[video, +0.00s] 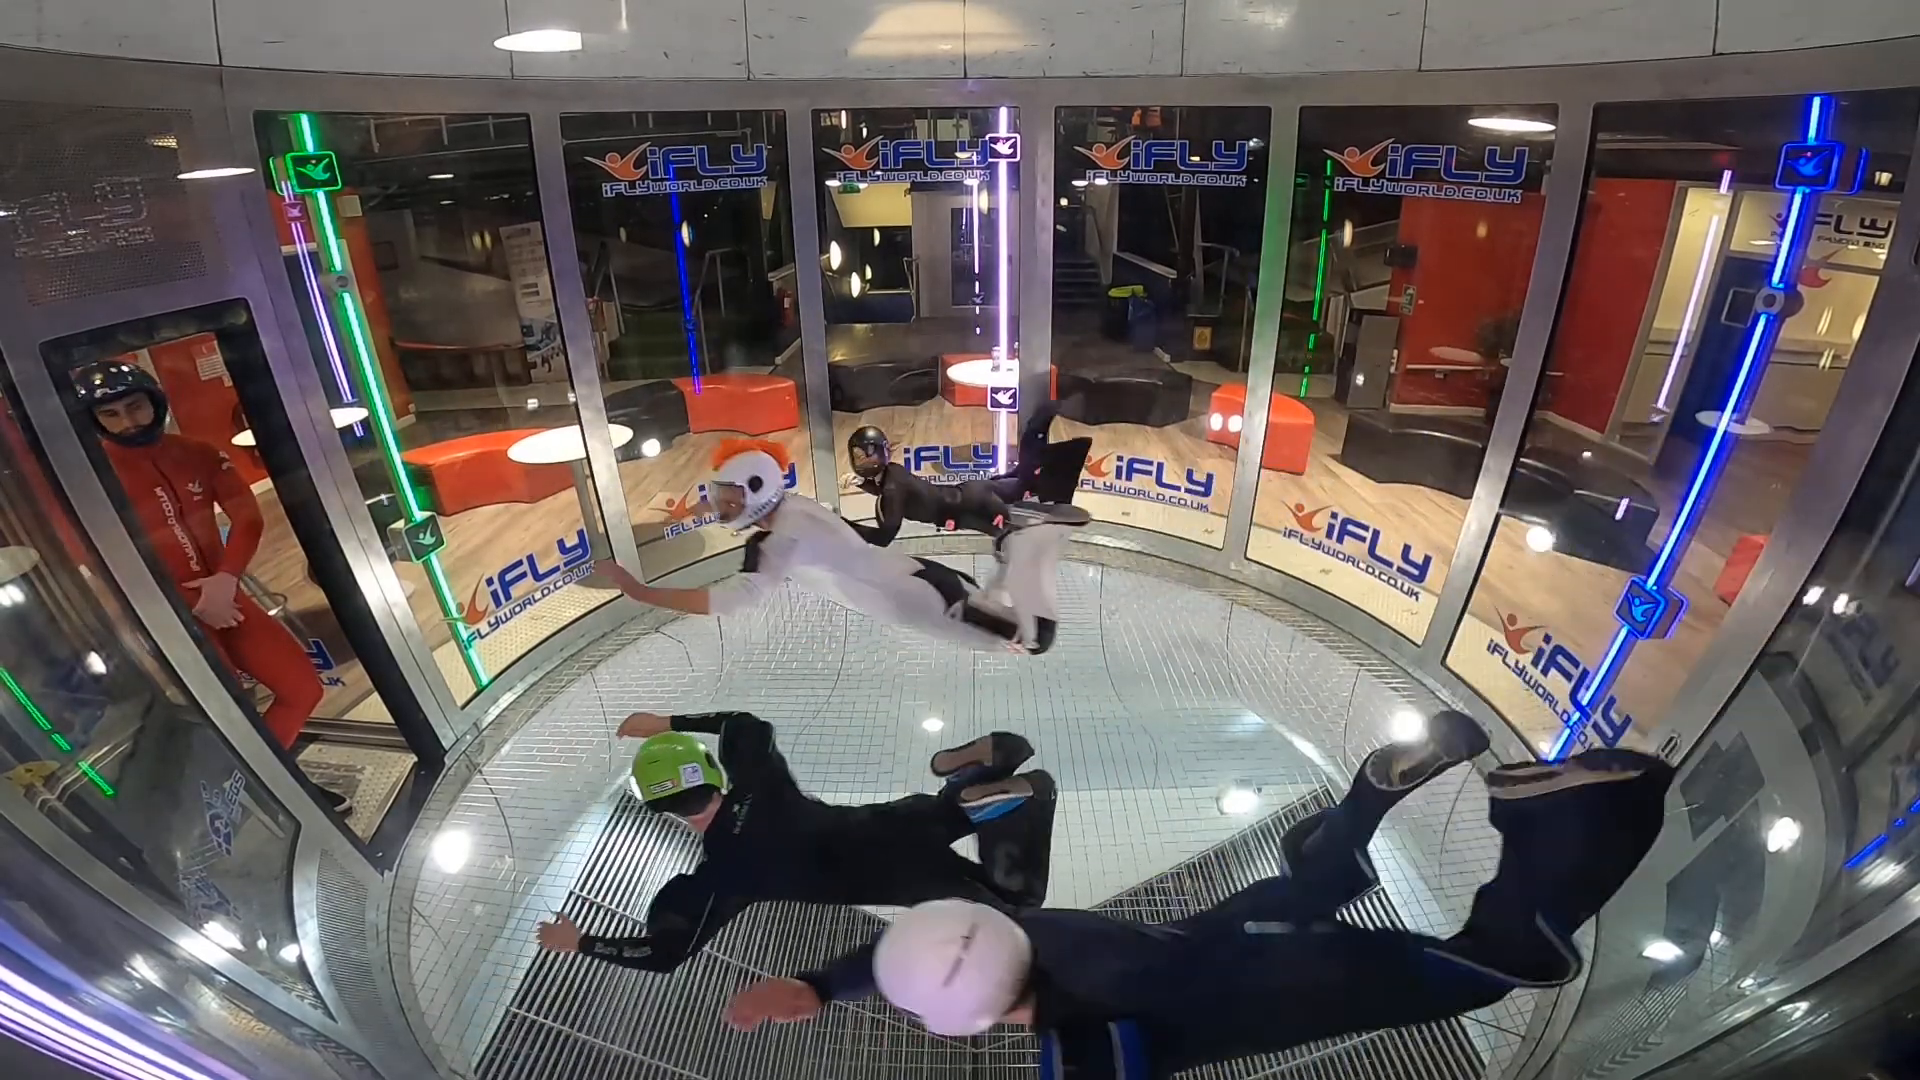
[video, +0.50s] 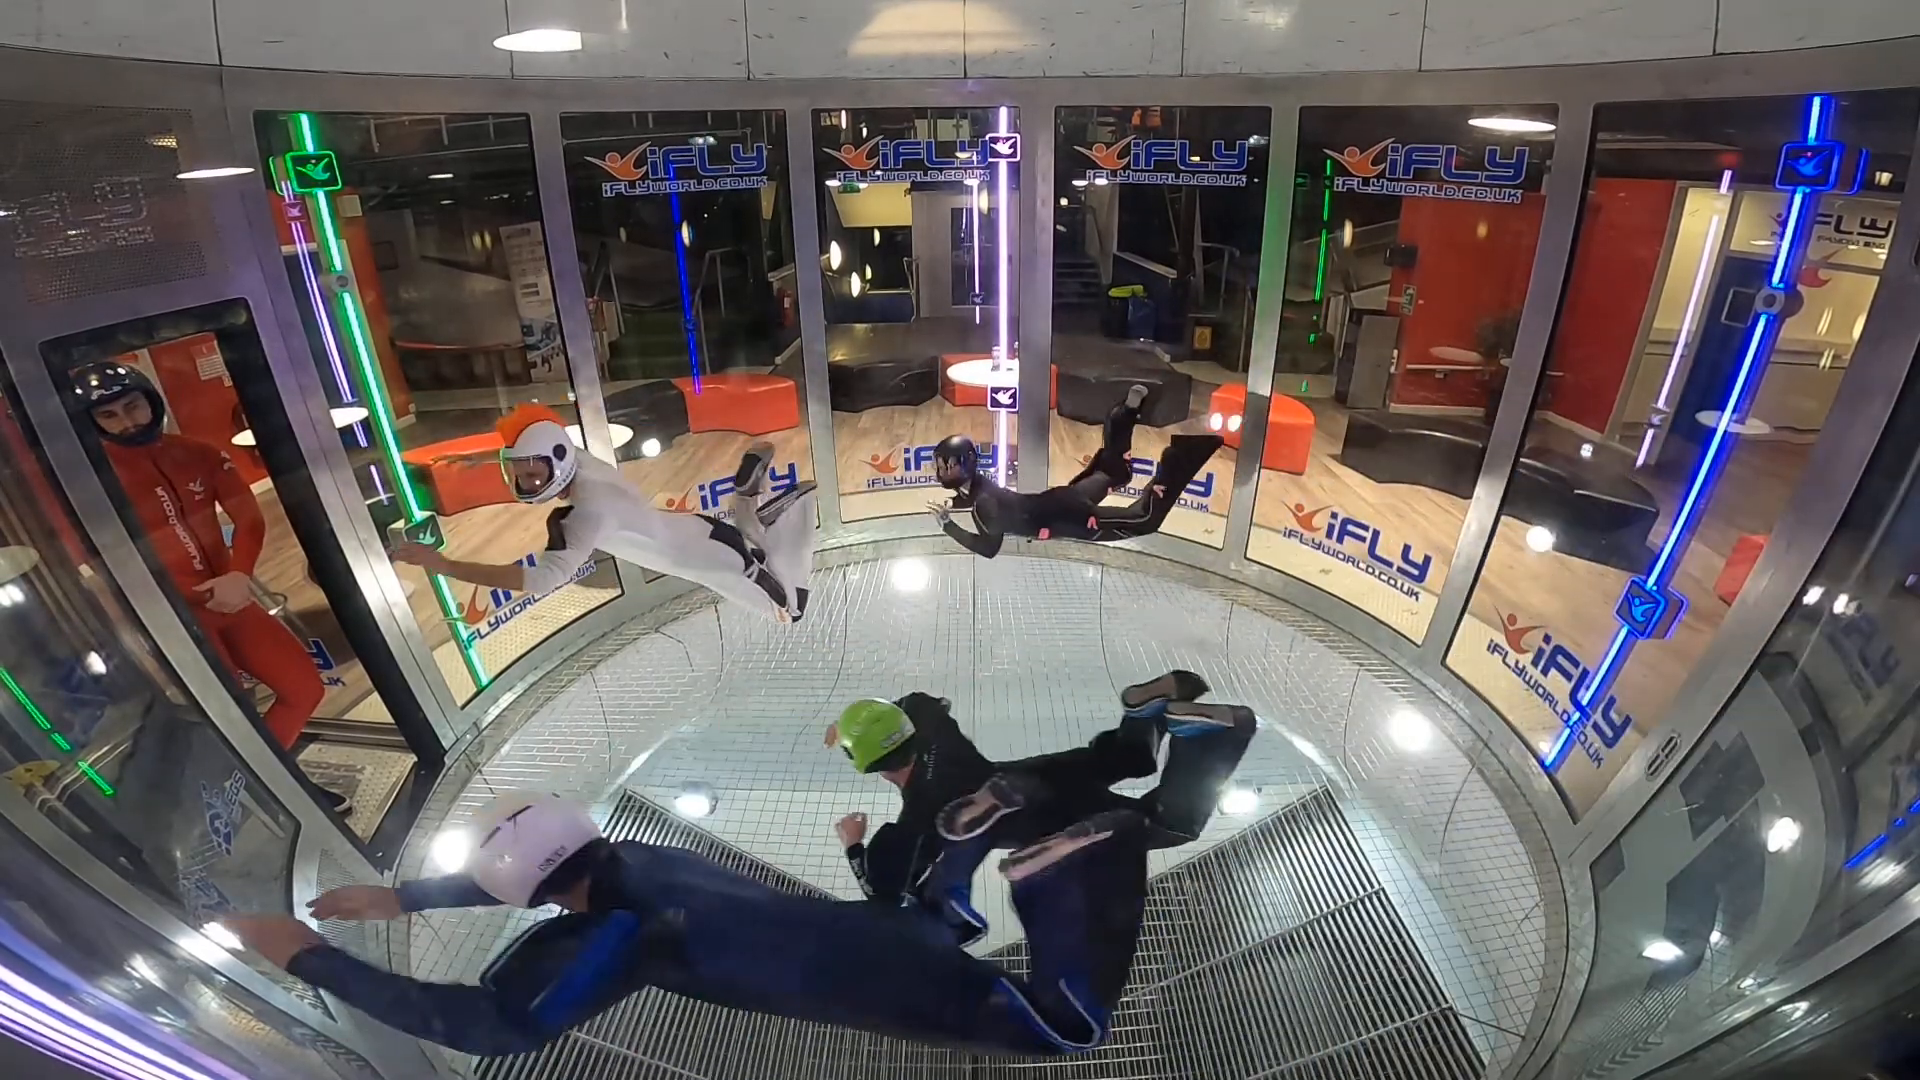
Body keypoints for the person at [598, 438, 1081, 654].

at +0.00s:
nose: (719, 501)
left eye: (728, 492)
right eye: (719, 491)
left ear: (758, 495)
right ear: (755, 491)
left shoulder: (786, 539)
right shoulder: (783, 508)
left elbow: (724, 602)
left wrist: (636, 589)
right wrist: (702, 510)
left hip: (921, 593)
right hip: (912, 579)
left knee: (1035, 635)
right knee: (1013, 626)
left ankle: (1031, 540)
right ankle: (1023, 541)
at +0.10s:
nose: (667, 486)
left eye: (674, 477)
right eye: (667, 475)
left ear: (704, 477)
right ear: (704, 471)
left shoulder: (726, 529)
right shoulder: (734, 490)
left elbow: (678, 591)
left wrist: (590, 577)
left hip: (849, 588)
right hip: (850, 560)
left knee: (968, 638)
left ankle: (969, 553)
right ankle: (964, 547)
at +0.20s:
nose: (621, 476)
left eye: (629, 464)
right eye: (617, 465)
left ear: (661, 459)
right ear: (645, 460)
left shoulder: (684, 511)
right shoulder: (683, 481)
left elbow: (641, 581)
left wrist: (541, 565)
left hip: (811, 578)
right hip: (801, 560)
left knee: (915, 637)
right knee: (897, 624)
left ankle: (898, 551)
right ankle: (897, 547)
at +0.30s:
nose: (574, 473)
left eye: (582, 461)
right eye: (571, 461)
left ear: (615, 459)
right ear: (607, 457)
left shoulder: (641, 505)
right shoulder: (639, 481)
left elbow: (606, 574)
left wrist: (505, 559)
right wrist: (611, 541)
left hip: (773, 570)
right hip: (762, 559)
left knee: (862, 628)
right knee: (847, 617)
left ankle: (853, 530)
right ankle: (840, 524)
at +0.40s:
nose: (542, 477)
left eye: (552, 467)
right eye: (538, 465)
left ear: (581, 461)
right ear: (567, 455)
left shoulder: (605, 511)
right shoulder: (604, 468)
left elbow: (563, 576)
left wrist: (468, 558)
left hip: (735, 562)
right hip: (721, 540)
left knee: (822, 614)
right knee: (782, 588)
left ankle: (813, 521)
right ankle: (785, 506)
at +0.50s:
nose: (524, 484)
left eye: (533, 472)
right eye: (517, 472)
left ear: (560, 462)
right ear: (513, 467)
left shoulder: (588, 514)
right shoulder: (582, 471)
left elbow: (536, 579)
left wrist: (435, 563)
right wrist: (561, 548)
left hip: (712, 553)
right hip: (696, 534)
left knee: (792, 605)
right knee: (750, 570)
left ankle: (799, 506)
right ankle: (749, 490)